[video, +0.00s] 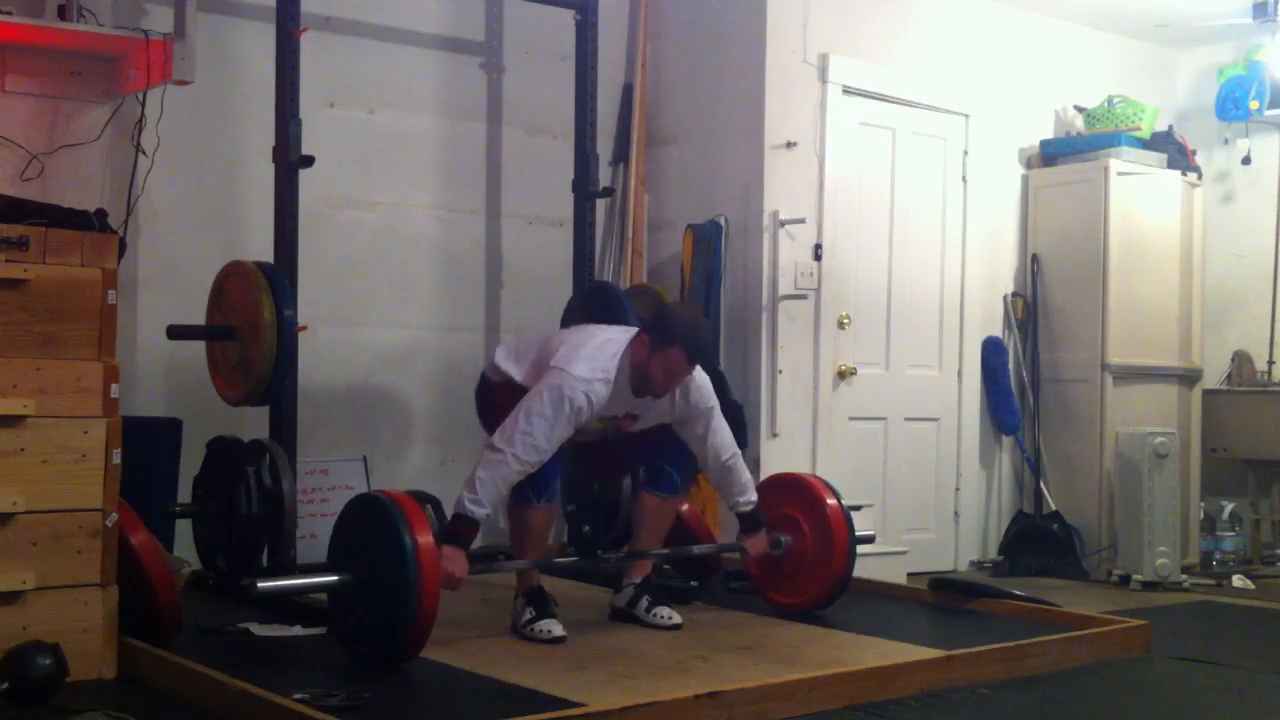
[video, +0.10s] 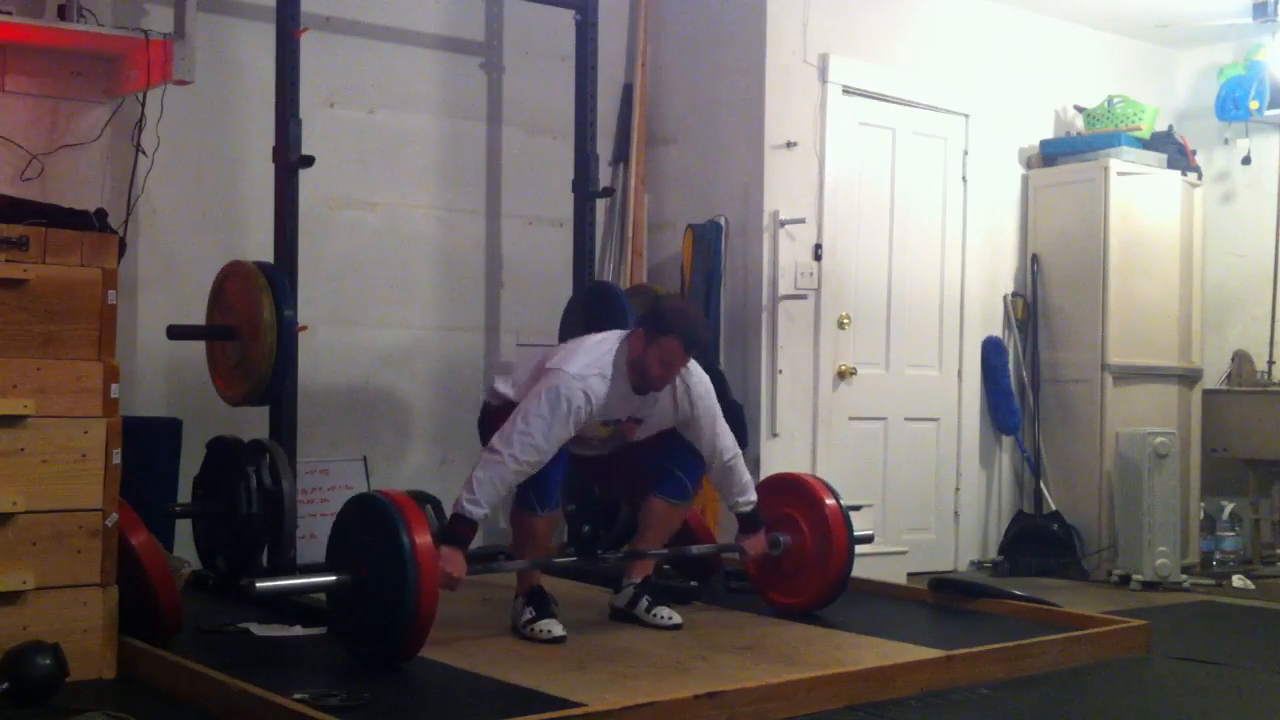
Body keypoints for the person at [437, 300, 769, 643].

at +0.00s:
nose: (674, 385)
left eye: (683, 375)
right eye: (668, 370)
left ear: (694, 369)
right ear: (642, 346)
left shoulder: (690, 386)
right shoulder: (579, 377)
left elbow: (722, 451)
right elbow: (508, 450)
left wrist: (753, 524)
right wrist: (457, 537)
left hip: (591, 412)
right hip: (513, 390)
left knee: (672, 456)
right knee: (541, 463)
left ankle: (633, 589)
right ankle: (530, 597)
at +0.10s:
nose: (668, 376)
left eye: (677, 367)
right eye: (663, 362)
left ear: (688, 362)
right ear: (638, 341)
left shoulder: (689, 382)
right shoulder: (577, 378)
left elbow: (723, 451)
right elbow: (508, 452)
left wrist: (751, 524)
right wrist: (455, 538)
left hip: (600, 438)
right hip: (522, 423)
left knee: (686, 455)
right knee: (546, 464)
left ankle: (633, 588)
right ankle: (530, 595)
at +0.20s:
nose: (665, 374)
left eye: (675, 364)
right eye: (659, 359)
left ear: (686, 357)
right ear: (635, 339)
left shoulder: (689, 383)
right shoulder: (577, 378)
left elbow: (724, 451)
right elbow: (508, 453)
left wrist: (751, 522)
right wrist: (456, 538)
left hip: (603, 443)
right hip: (526, 433)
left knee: (689, 458)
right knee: (547, 471)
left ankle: (633, 588)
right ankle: (530, 595)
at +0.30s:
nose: (666, 374)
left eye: (675, 364)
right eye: (660, 359)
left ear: (686, 357)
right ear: (635, 339)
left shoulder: (689, 383)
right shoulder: (577, 379)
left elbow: (723, 451)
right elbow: (508, 453)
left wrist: (751, 522)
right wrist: (455, 538)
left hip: (605, 446)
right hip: (529, 437)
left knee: (692, 458)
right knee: (549, 470)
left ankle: (633, 588)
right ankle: (530, 595)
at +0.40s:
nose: (670, 374)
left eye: (678, 364)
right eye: (662, 360)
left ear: (688, 356)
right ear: (634, 340)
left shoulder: (690, 383)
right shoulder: (576, 380)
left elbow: (724, 452)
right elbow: (506, 454)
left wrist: (751, 524)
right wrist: (455, 539)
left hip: (604, 449)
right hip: (529, 438)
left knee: (690, 460)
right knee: (551, 469)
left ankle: (633, 588)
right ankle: (530, 595)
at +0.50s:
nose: (671, 374)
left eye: (679, 364)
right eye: (663, 361)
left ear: (690, 355)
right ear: (635, 340)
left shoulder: (690, 383)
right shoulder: (577, 380)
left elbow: (725, 453)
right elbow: (507, 454)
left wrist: (752, 525)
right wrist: (455, 539)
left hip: (603, 448)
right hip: (526, 435)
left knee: (690, 460)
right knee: (552, 468)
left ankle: (633, 589)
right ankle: (531, 597)